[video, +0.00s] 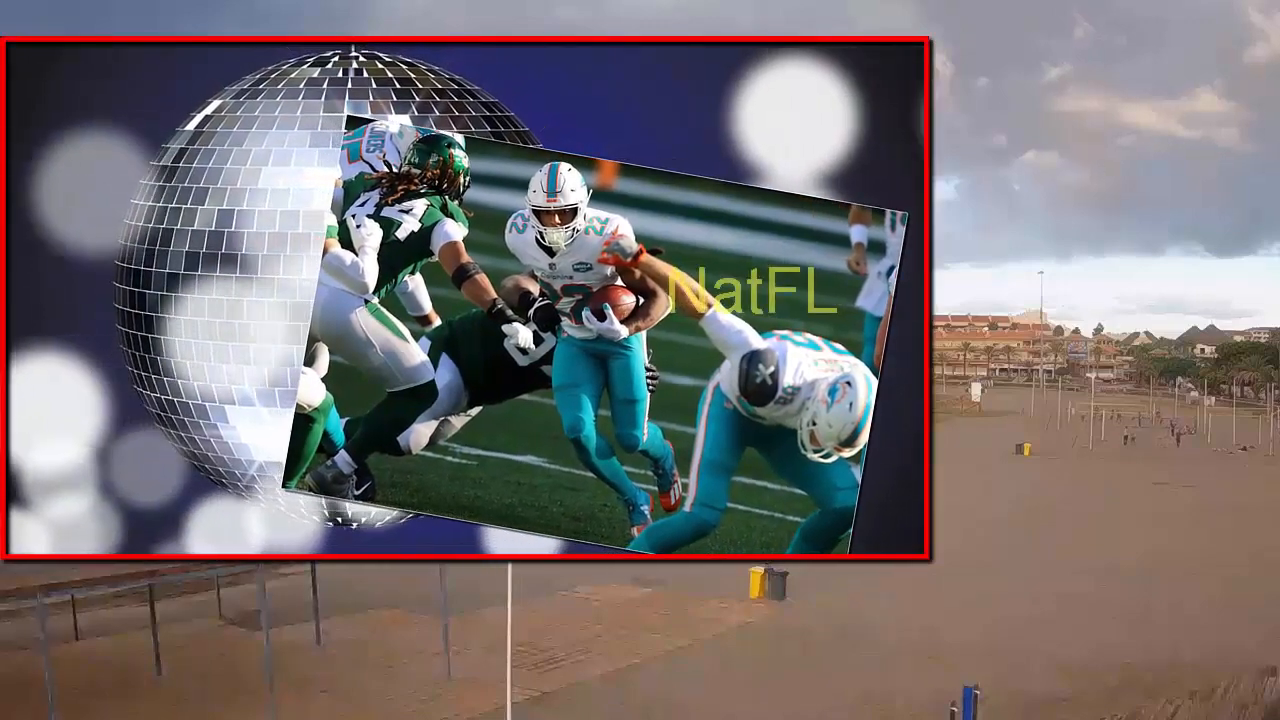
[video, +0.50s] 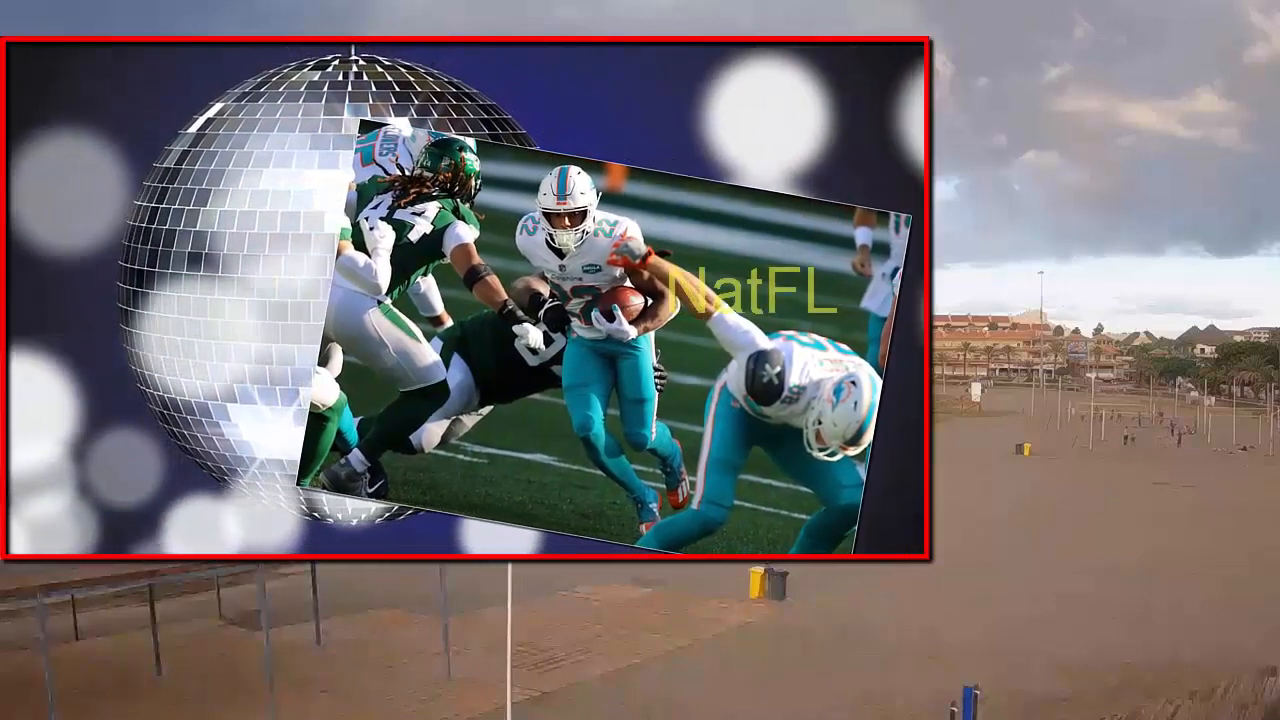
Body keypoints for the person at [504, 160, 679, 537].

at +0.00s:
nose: (554, 221)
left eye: (563, 213)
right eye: (545, 213)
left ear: (580, 206)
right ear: (533, 209)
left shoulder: (612, 234)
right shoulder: (519, 233)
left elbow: (660, 296)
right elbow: (543, 274)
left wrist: (628, 329)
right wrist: (542, 305)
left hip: (623, 341)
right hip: (573, 340)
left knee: (630, 438)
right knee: (578, 432)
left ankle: (664, 463)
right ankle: (636, 501)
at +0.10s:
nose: (556, 222)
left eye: (565, 213)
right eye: (547, 214)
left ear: (582, 207)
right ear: (535, 209)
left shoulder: (614, 234)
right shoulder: (520, 233)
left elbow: (663, 297)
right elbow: (548, 275)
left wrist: (629, 329)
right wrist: (551, 304)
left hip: (625, 341)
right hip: (575, 340)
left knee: (632, 437)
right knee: (580, 431)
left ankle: (666, 463)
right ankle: (637, 501)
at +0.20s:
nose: (557, 223)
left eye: (566, 214)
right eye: (549, 215)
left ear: (584, 208)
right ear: (537, 210)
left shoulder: (616, 235)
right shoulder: (522, 234)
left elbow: (665, 297)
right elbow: (551, 276)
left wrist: (631, 330)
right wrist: (555, 305)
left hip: (627, 341)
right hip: (577, 340)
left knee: (634, 437)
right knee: (581, 430)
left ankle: (668, 463)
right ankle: (639, 500)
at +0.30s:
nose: (560, 223)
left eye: (569, 214)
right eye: (551, 215)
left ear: (586, 208)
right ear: (539, 210)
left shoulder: (617, 235)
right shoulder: (525, 234)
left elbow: (666, 299)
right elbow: (552, 276)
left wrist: (632, 330)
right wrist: (558, 305)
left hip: (629, 341)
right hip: (579, 340)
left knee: (635, 436)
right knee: (583, 431)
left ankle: (670, 463)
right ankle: (641, 500)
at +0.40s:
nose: (562, 223)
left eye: (571, 215)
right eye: (553, 216)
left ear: (588, 208)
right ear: (541, 211)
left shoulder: (619, 236)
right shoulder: (527, 234)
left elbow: (667, 298)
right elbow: (554, 276)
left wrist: (634, 330)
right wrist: (558, 305)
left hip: (630, 341)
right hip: (581, 341)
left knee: (637, 436)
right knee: (585, 430)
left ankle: (671, 463)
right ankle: (643, 500)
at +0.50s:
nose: (564, 224)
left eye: (572, 215)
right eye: (555, 216)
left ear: (590, 209)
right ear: (543, 211)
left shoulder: (621, 237)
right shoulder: (529, 234)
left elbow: (668, 299)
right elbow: (555, 276)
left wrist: (636, 330)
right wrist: (559, 306)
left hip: (632, 341)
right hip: (583, 340)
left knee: (639, 436)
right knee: (587, 430)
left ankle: (673, 462)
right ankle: (645, 499)